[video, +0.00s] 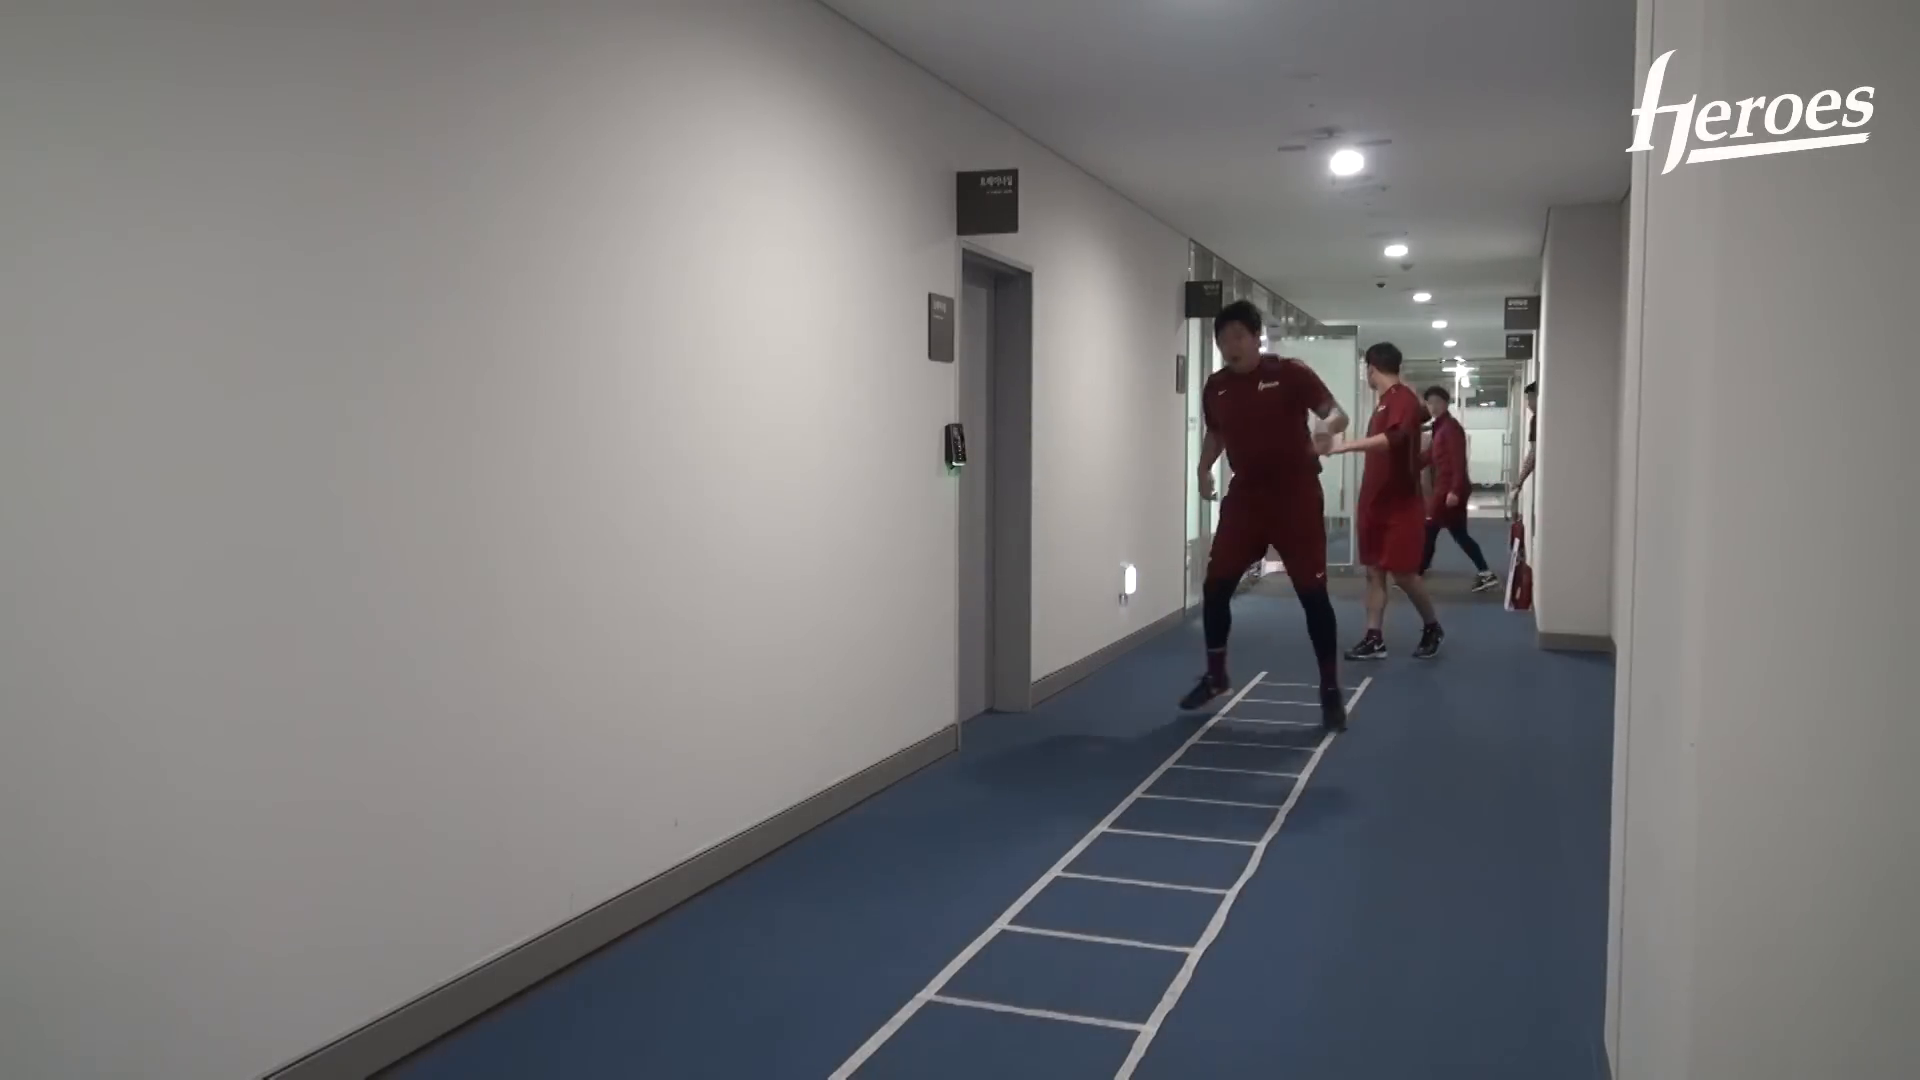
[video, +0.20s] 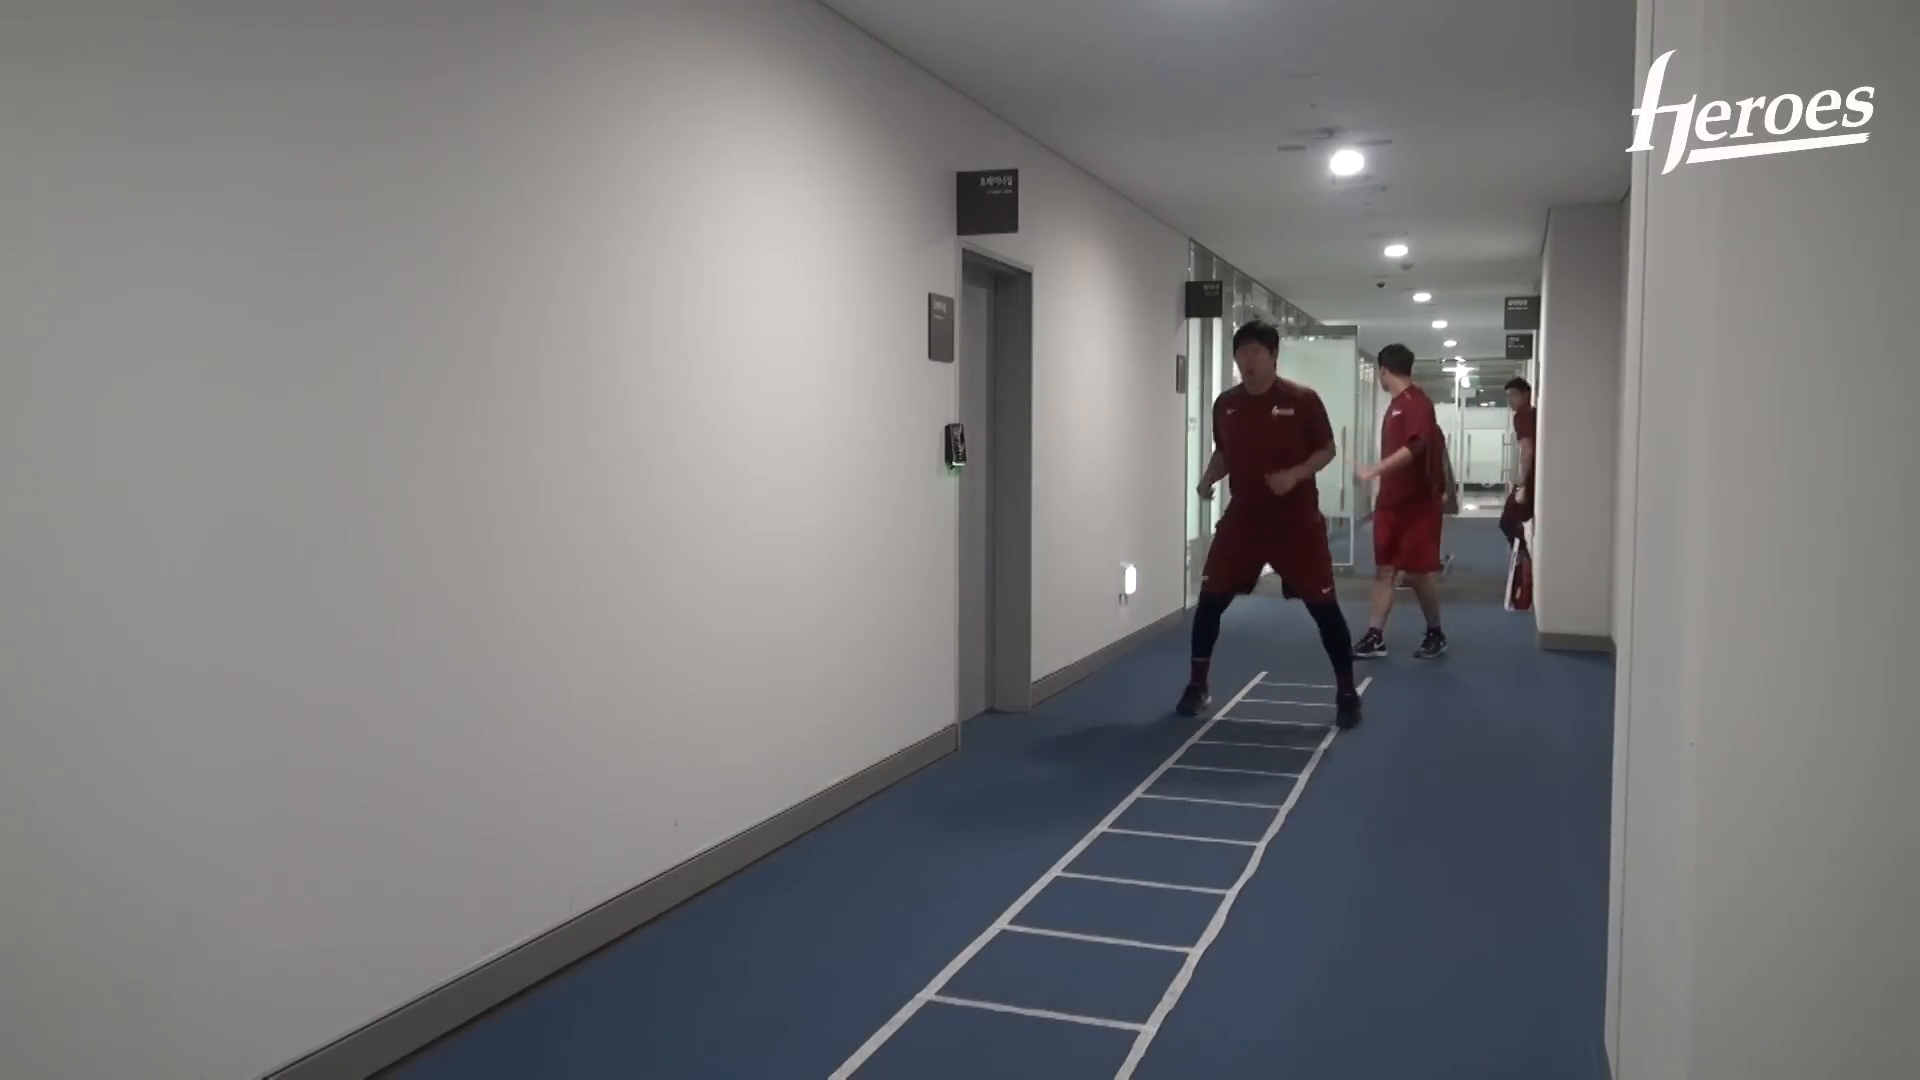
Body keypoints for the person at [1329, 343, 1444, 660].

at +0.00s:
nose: (1367, 376)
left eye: (1367, 370)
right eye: (1367, 371)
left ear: (1373, 368)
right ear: (1394, 367)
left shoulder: (1402, 397)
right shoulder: (1388, 400)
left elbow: (1397, 435)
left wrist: (1344, 446)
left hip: (1400, 502)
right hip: (1377, 501)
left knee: (1402, 572)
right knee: (1375, 570)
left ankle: (1432, 627)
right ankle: (1373, 636)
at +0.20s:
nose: (1379, 378)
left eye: (1379, 371)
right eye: (1379, 372)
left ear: (1385, 371)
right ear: (1407, 369)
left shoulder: (1416, 401)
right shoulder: (1400, 403)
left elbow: (1417, 445)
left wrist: (1375, 469)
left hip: (1417, 503)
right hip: (1392, 503)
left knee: (1417, 573)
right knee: (1384, 570)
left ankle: (1435, 633)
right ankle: (1374, 635)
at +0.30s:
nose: (1383, 380)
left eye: (1384, 374)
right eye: (1384, 374)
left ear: (1391, 374)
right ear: (1409, 372)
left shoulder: (1425, 406)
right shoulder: (1400, 408)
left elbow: (1428, 455)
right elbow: (1400, 457)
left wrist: (1406, 494)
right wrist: (1389, 490)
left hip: (1424, 502)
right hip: (1397, 500)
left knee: (1422, 572)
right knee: (1389, 570)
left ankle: (1435, 635)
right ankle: (1373, 634)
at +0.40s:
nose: (1386, 378)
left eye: (1387, 373)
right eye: (1387, 373)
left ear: (1395, 373)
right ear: (1411, 371)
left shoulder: (1430, 407)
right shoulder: (1399, 409)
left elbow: (1439, 457)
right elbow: (1400, 459)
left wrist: (1447, 500)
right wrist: (1388, 491)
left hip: (1426, 505)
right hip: (1400, 504)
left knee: (1427, 573)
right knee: (1391, 568)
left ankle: (1436, 635)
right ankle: (1375, 631)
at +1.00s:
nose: (1397, 378)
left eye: (1401, 372)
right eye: (1395, 373)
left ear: (1420, 369)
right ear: (1403, 373)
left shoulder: (1446, 402)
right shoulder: (1402, 409)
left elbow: (1465, 444)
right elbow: (1391, 448)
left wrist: (1438, 475)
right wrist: (1378, 475)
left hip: (1437, 499)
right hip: (1407, 499)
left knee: (1431, 566)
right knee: (1411, 564)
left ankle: (1436, 633)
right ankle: (1423, 619)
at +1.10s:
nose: (1399, 378)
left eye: (1404, 372)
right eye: (1396, 374)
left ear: (1421, 371)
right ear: (1397, 376)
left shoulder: (1445, 404)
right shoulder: (1398, 411)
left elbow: (1463, 441)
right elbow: (1388, 449)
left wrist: (1430, 450)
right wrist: (1378, 471)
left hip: (1439, 500)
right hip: (1408, 500)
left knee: (1431, 565)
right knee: (1415, 564)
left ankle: (1436, 633)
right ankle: (1425, 621)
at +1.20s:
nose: (1402, 379)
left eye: (1407, 374)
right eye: (1397, 374)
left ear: (1422, 373)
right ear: (1393, 376)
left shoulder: (1443, 404)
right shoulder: (1394, 412)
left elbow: (1461, 438)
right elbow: (1386, 453)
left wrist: (1428, 423)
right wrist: (1374, 481)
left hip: (1438, 498)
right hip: (1406, 498)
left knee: (1433, 565)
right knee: (1416, 564)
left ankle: (1436, 631)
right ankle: (1424, 622)